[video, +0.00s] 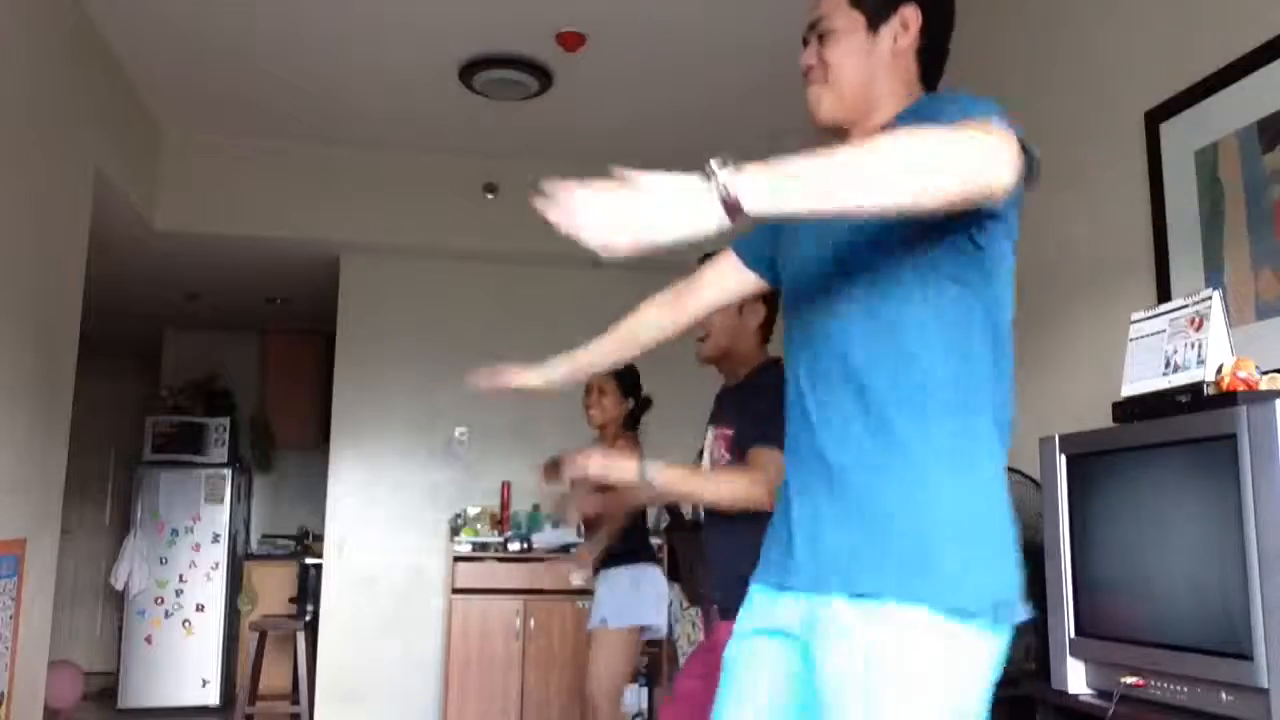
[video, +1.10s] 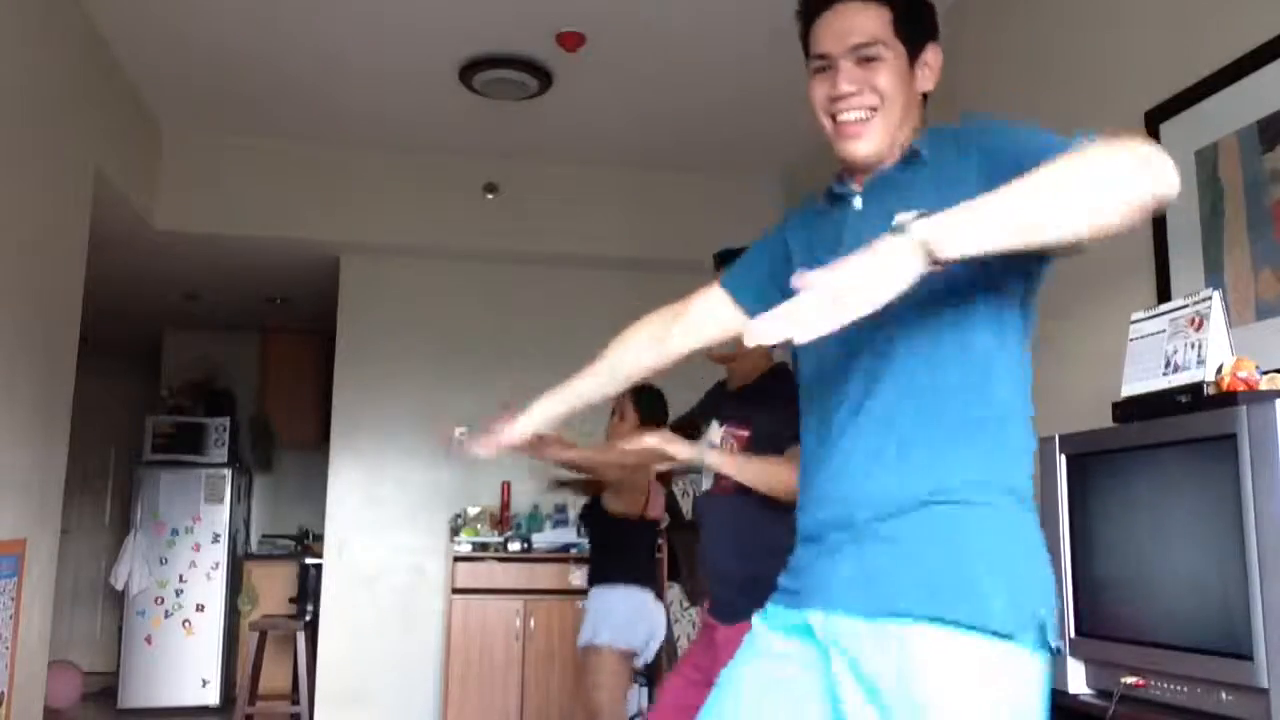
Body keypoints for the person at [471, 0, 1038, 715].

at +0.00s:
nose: (804, 58)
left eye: (824, 34)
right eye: (807, 41)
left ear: (901, 30)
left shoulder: (949, 120)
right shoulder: (810, 196)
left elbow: (988, 163)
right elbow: (689, 298)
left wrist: (717, 193)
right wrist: (561, 370)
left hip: (920, 582)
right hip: (792, 577)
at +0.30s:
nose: (793, 71)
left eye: (809, 43)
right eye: (793, 53)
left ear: (885, 36)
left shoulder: (935, 118)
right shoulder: (814, 193)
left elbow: (1005, 150)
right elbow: (686, 259)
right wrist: (519, 331)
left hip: (909, 587)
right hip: (781, 580)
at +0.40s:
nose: (781, 68)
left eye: (797, 42)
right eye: (778, 51)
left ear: (871, 36)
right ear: (812, 61)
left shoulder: (917, 127)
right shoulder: (797, 194)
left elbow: (1076, 116)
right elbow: (698, 267)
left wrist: (1252, 78)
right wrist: (580, 303)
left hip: (886, 573)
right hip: (791, 563)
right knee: (765, 711)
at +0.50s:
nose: (762, 95)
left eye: (776, 70)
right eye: (761, 77)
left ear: (848, 59)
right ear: (839, 65)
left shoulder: (901, 153)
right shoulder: (800, 222)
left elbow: (1023, 171)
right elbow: (742, 353)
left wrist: (1223, 159)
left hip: (874, 603)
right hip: (806, 600)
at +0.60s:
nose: (756, 119)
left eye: (773, 93)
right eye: (755, 103)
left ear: (851, 85)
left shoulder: (904, 179)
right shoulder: (801, 255)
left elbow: (1021, 208)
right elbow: (731, 390)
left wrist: (1225, 222)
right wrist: (715, 338)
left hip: (863, 630)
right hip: (799, 622)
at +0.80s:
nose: (805, 61)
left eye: (832, 35)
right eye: (791, 43)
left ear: (893, 45)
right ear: (779, 61)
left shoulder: (925, 116)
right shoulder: (787, 192)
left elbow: (1060, 153)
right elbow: (685, 310)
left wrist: (939, 201)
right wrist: (527, 353)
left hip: (904, 565)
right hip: (797, 559)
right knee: (783, 710)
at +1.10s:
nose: (842, 82)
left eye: (867, 55)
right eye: (823, 66)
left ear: (925, 69)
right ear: (808, 90)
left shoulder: (975, 151)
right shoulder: (806, 232)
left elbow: (1145, 175)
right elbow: (683, 326)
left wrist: (921, 242)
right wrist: (540, 414)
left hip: (962, 616)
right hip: (808, 610)